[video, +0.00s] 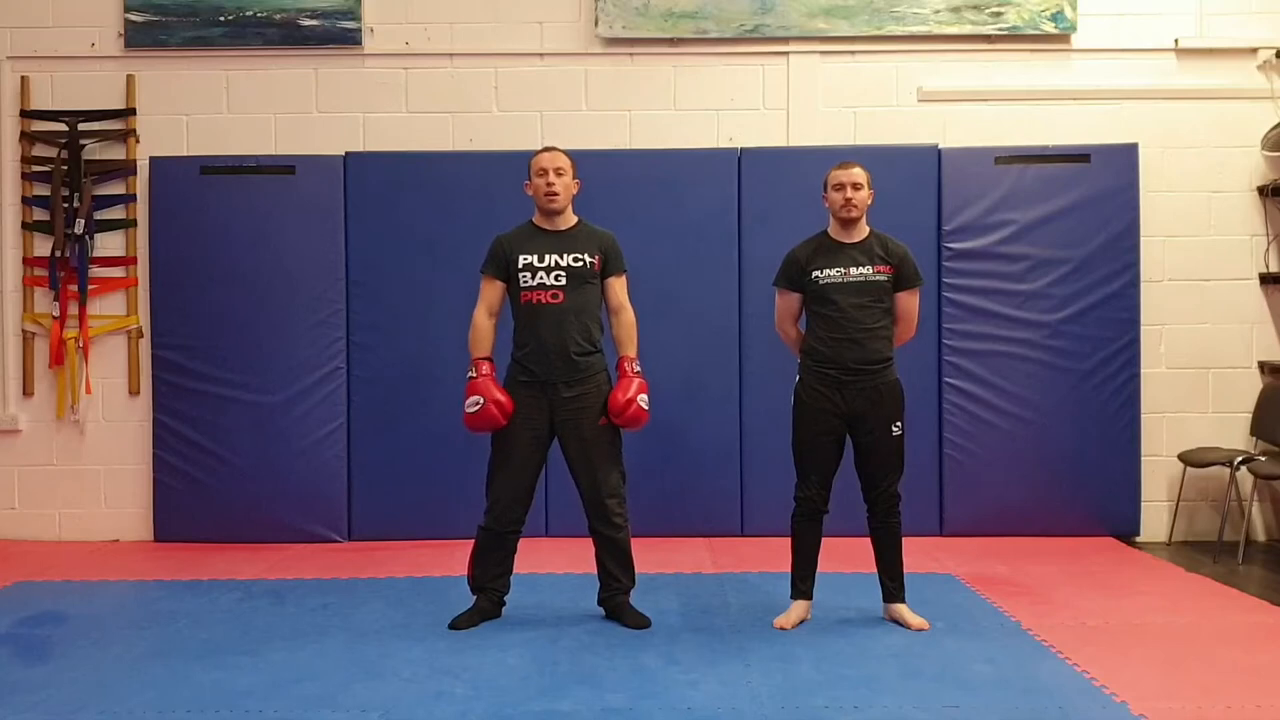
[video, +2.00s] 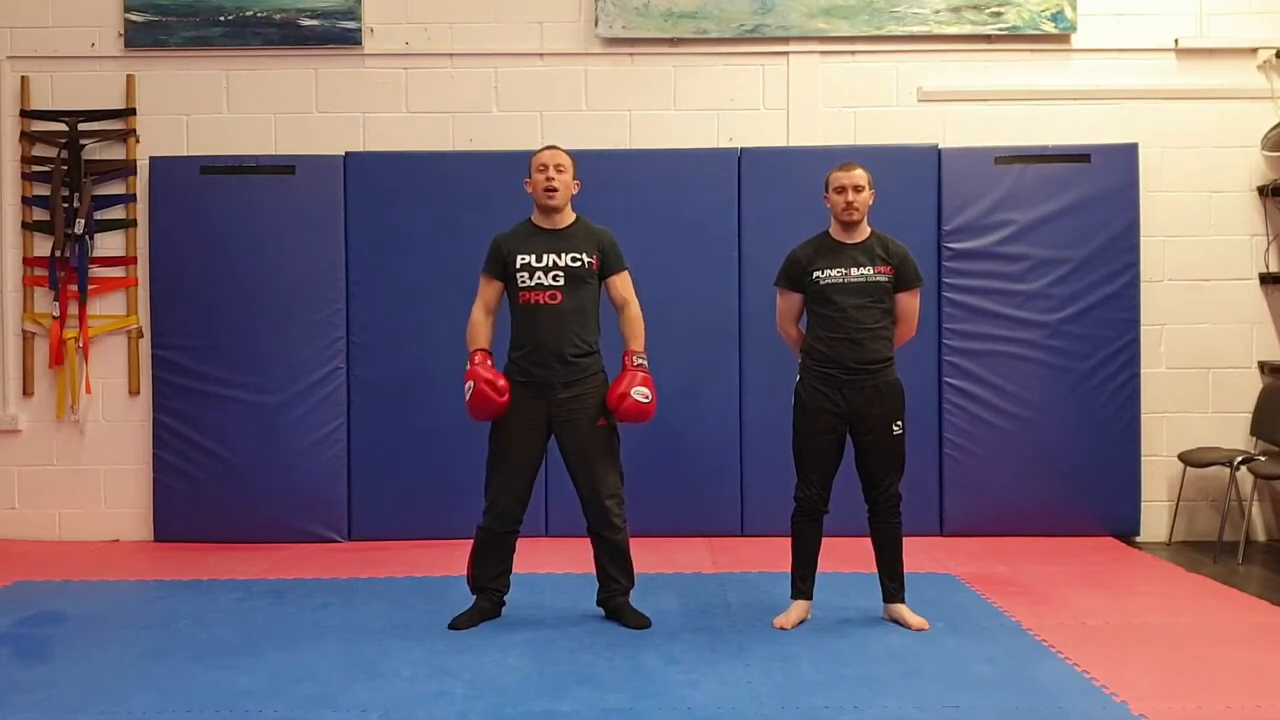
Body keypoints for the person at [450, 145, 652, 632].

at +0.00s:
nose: (550, 181)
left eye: (558, 174)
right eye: (542, 175)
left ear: (575, 184)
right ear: (529, 186)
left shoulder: (601, 243)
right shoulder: (509, 245)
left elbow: (620, 310)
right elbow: (486, 312)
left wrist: (630, 371)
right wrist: (481, 372)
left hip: (588, 389)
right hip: (525, 389)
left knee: (607, 499)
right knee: (504, 500)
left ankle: (617, 597)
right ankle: (488, 597)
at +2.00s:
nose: (550, 177)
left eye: (559, 171)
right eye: (542, 171)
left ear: (574, 184)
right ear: (529, 184)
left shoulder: (598, 240)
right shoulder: (508, 244)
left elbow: (628, 305)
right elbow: (484, 310)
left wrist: (637, 365)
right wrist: (479, 362)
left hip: (585, 388)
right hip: (521, 389)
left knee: (606, 499)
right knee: (503, 501)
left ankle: (616, 597)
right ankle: (488, 597)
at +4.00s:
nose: (543, 181)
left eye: (552, 174)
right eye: (535, 174)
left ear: (571, 183)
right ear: (525, 184)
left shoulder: (598, 240)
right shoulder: (507, 245)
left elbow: (620, 304)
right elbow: (488, 314)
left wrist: (632, 360)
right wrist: (476, 376)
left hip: (586, 389)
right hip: (524, 390)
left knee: (606, 500)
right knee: (504, 501)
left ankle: (616, 597)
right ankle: (488, 597)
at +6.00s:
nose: (554, 184)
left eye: (565, 176)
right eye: (547, 175)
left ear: (580, 185)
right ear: (534, 181)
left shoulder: (603, 241)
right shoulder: (512, 240)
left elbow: (622, 310)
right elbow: (489, 309)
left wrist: (634, 372)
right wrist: (483, 370)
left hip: (586, 388)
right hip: (524, 388)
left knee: (606, 499)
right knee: (505, 500)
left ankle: (616, 598)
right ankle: (488, 597)